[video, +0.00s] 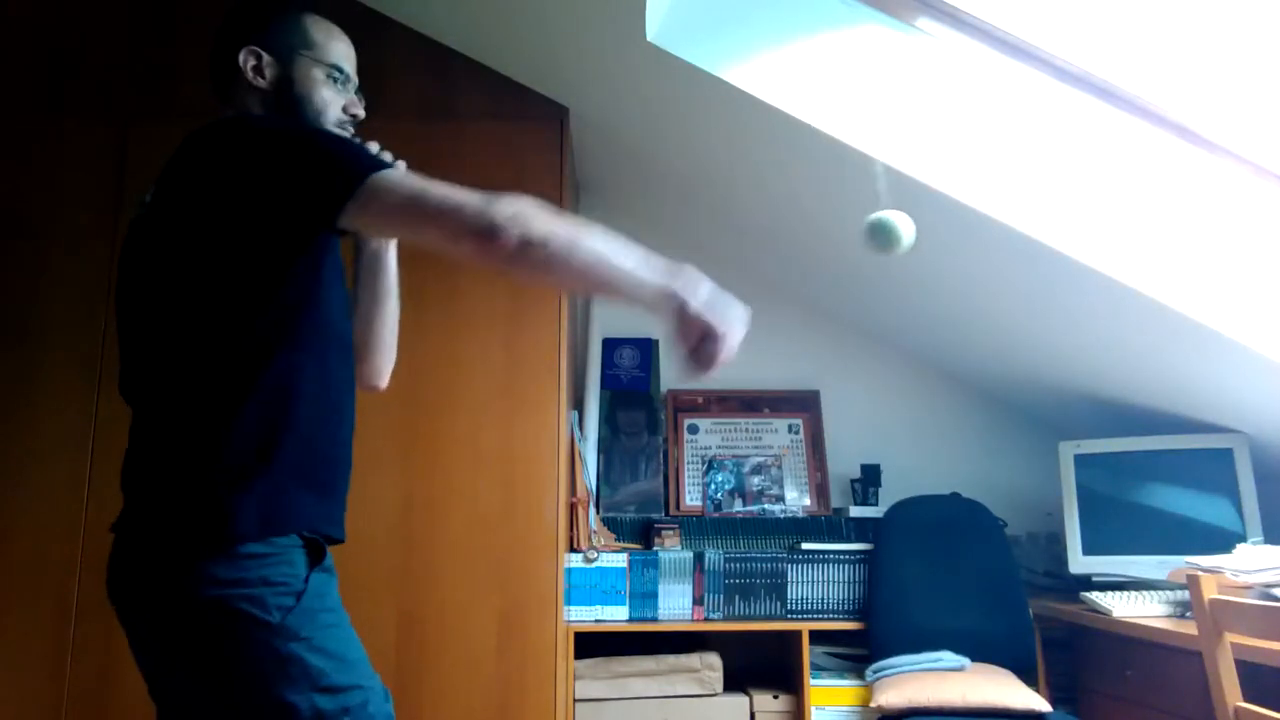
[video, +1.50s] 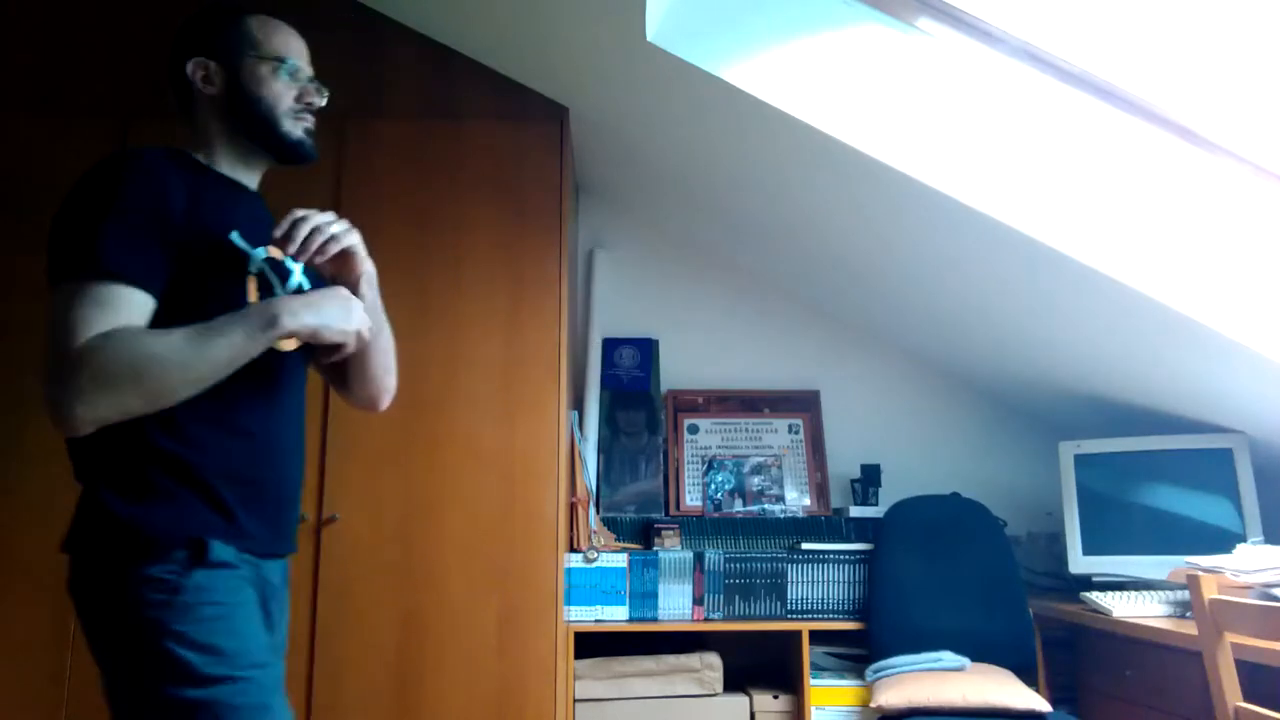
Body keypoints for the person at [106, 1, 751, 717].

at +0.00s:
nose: (356, 103)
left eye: (356, 85)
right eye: (335, 75)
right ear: (257, 69)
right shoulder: (250, 156)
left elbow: (370, 366)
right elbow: (500, 229)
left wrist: (373, 207)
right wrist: (674, 285)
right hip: (231, 564)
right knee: (358, 705)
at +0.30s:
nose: (369, 86)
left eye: (365, 67)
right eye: (341, 60)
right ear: (262, 61)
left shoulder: (281, 194)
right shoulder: (227, 170)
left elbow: (374, 395)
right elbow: (233, 382)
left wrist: (409, 274)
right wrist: (402, 301)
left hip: (274, 565)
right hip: (242, 569)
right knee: (349, 707)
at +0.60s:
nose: (398, 96)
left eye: (398, 80)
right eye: (374, 68)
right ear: (295, 62)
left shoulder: (302, 188)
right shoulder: (255, 167)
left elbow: (421, 378)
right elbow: (295, 365)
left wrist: (443, 262)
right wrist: (441, 257)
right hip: (286, 573)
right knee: (396, 708)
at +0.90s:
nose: (415, 107)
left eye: (414, 87)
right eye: (398, 77)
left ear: (322, 75)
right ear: (324, 66)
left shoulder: (290, 183)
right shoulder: (316, 150)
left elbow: (414, 367)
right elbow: (539, 249)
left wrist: (437, 214)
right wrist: (717, 261)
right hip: (306, 579)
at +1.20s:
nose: (380, 100)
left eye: (375, 82)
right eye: (354, 74)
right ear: (276, 77)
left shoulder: (293, 219)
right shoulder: (234, 184)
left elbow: (412, 381)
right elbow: (240, 381)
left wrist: (416, 259)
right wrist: (417, 330)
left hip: (301, 579)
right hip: (265, 584)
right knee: (374, 707)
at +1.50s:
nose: (316, 92)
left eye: (312, 78)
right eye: (286, 70)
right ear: (208, 79)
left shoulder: (274, 229)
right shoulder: (139, 185)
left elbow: (372, 390)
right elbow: (80, 391)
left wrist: (359, 277)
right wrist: (276, 315)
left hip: (256, 561)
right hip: (170, 562)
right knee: (252, 708)